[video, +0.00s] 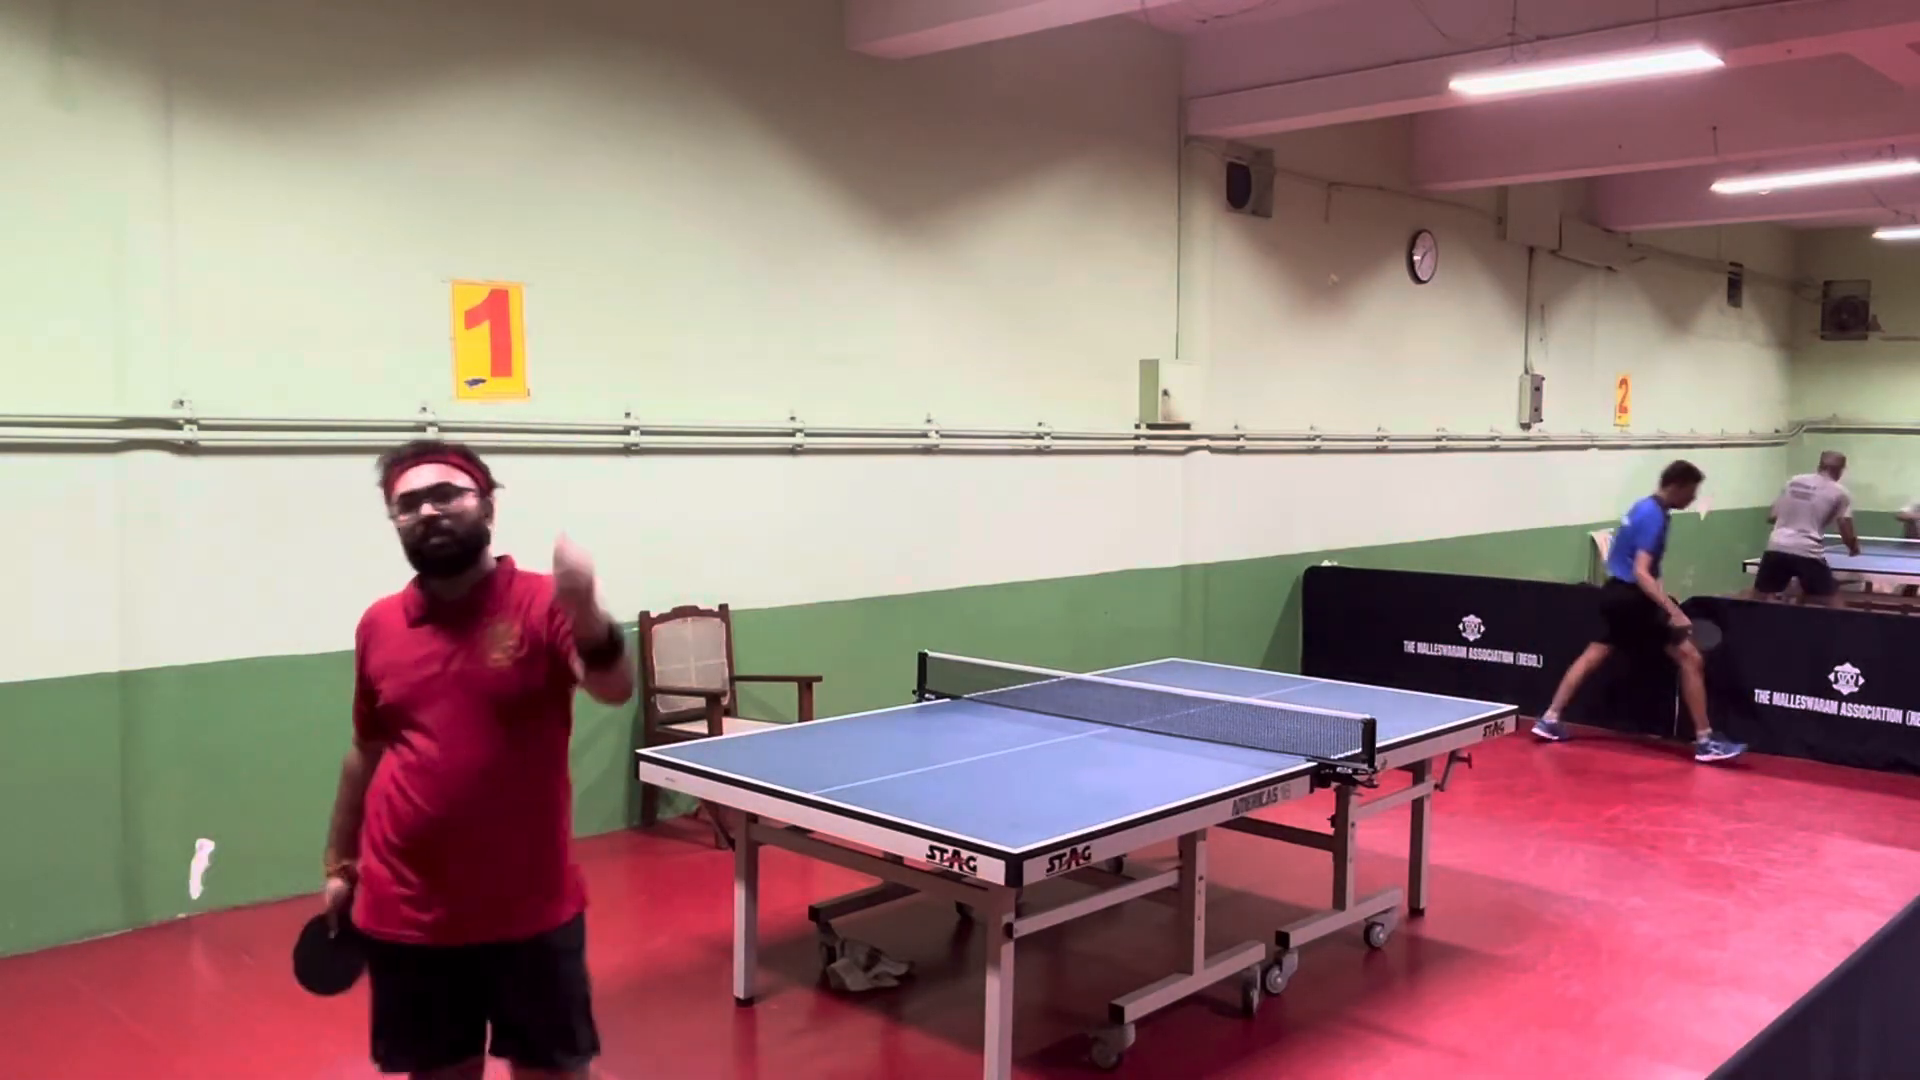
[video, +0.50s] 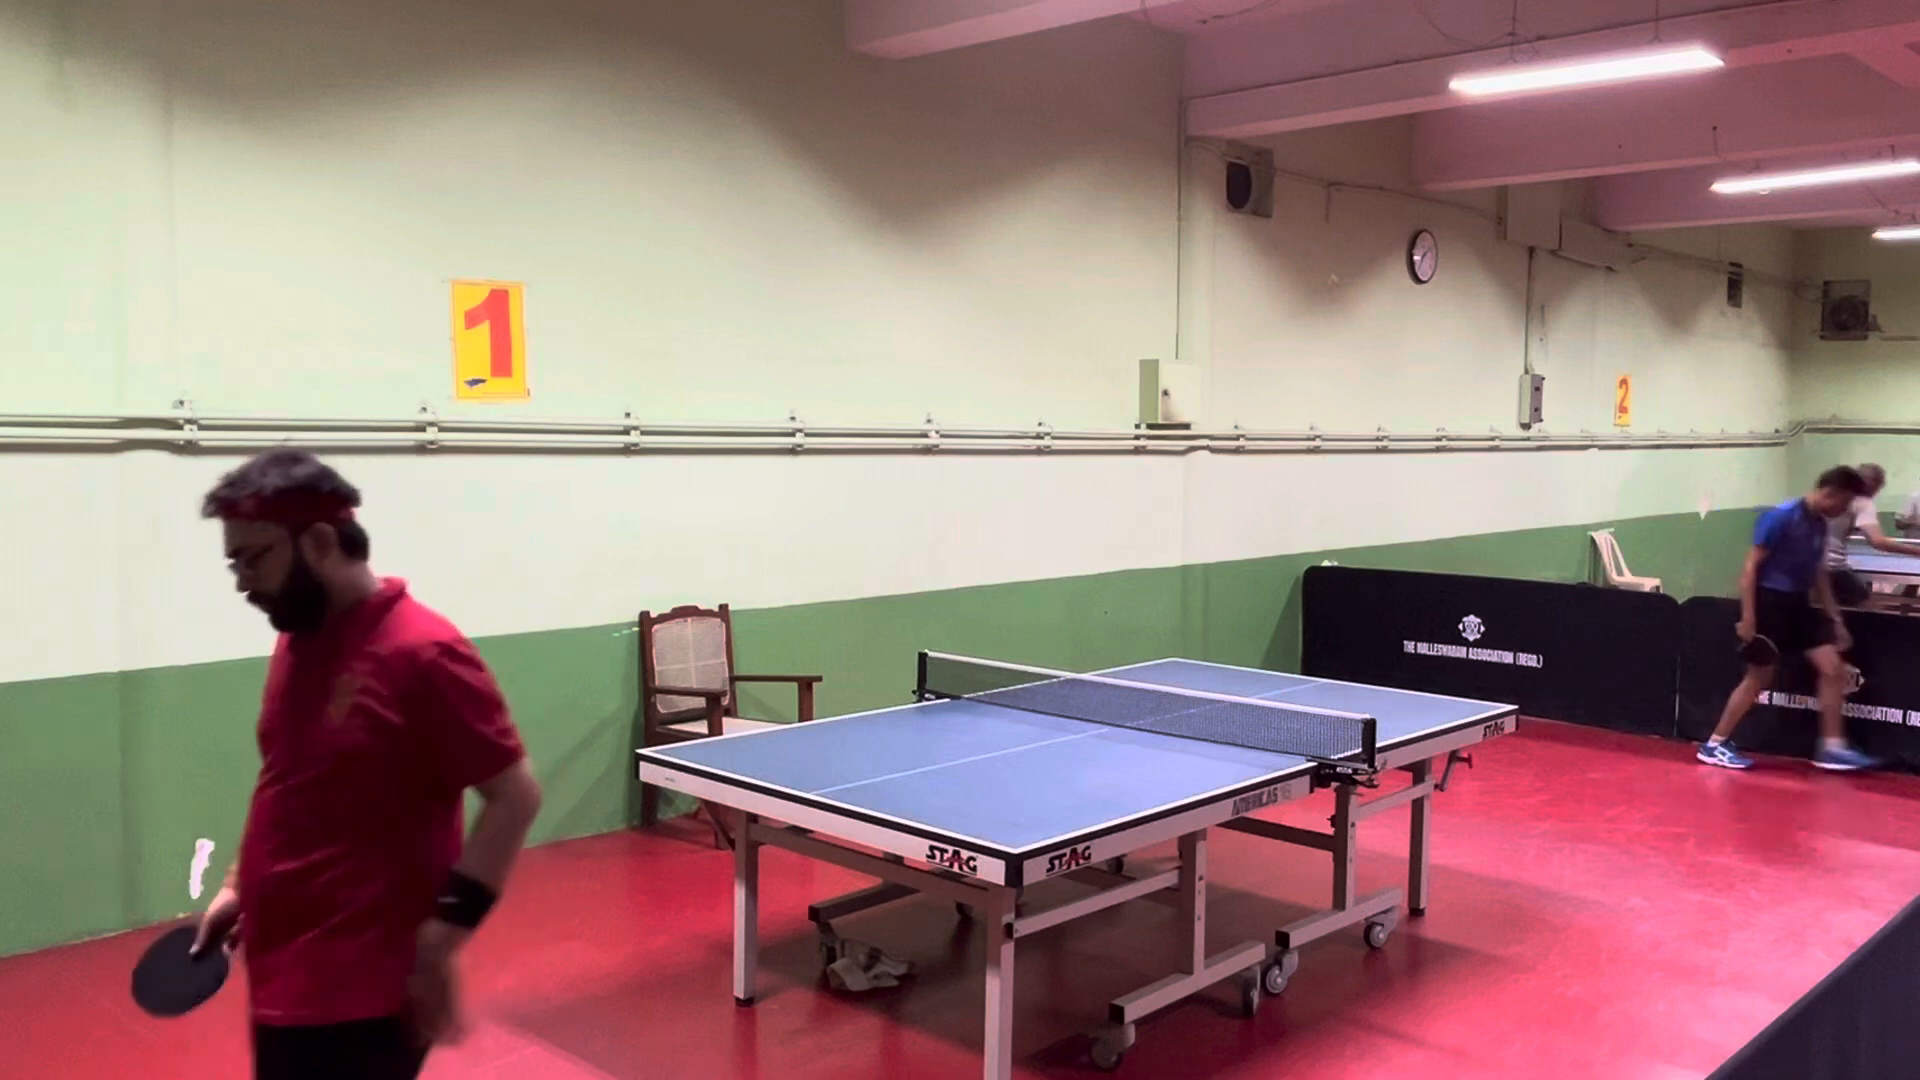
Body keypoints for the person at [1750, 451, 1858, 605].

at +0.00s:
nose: (1842, 474)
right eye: (1841, 470)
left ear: (1819, 466)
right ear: (1839, 470)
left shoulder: (1795, 481)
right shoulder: (1840, 493)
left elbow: (1772, 516)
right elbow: (1847, 534)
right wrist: (1854, 548)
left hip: (1776, 552)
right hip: (1808, 557)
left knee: (1758, 601)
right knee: (1834, 605)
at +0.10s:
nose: (1837, 473)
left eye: (1837, 469)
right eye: (1837, 469)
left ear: (1815, 465)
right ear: (1835, 469)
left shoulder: (1791, 480)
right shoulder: (1836, 491)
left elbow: (1768, 514)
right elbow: (1845, 535)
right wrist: (1852, 549)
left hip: (1772, 550)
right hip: (1804, 554)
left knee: (1757, 600)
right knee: (1831, 603)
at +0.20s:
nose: (1837, 475)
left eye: (1837, 471)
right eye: (1837, 471)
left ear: (1814, 467)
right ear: (1834, 471)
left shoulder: (1788, 481)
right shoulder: (1834, 492)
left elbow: (1766, 516)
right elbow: (1843, 537)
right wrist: (1855, 550)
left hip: (1772, 550)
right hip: (1804, 554)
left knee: (1756, 601)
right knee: (1831, 603)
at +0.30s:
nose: (1842, 479)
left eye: (1843, 475)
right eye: (1843, 475)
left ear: (1819, 469)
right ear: (1839, 474)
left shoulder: (1794, 483)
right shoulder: (1836, 493)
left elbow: (1767, 516)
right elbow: (1845, 539)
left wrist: (1783, 526)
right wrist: (1872, 555)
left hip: (1777, 553)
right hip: (1809, 556)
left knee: (1758, 602)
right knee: (1839, 603)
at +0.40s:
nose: (1856, 484)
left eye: (1857, 480)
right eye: (1856, 480)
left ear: (1833, 474)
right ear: (1851, 478)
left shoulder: (1810, 489)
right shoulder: (1843, 498)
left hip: (1789, 557)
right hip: (1817, 560)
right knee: (1854, 608)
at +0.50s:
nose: (1879, 490)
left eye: (1880, 486)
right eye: (1879, 486)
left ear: (1857, 478)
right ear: (1873, 483)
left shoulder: (1835, 495)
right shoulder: (1862, 502)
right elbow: (1876, 541)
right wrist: (1915, 550)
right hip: (1833, 566)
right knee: (1862, 595)